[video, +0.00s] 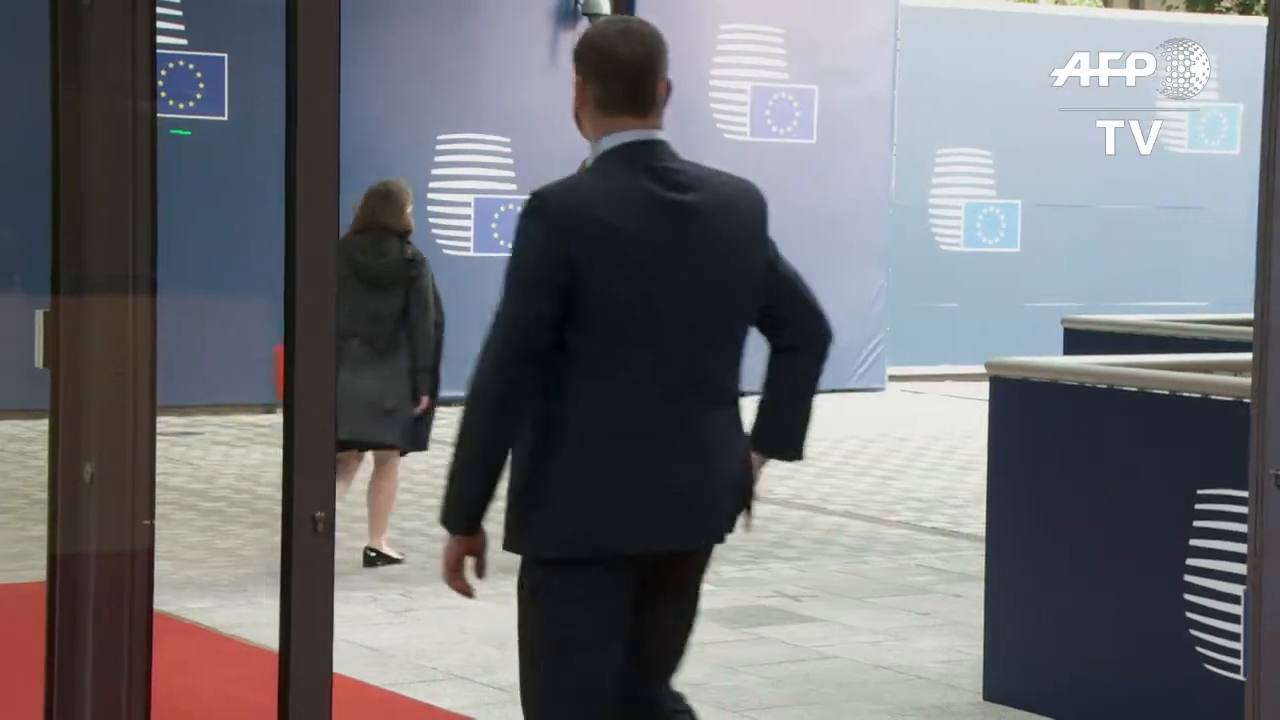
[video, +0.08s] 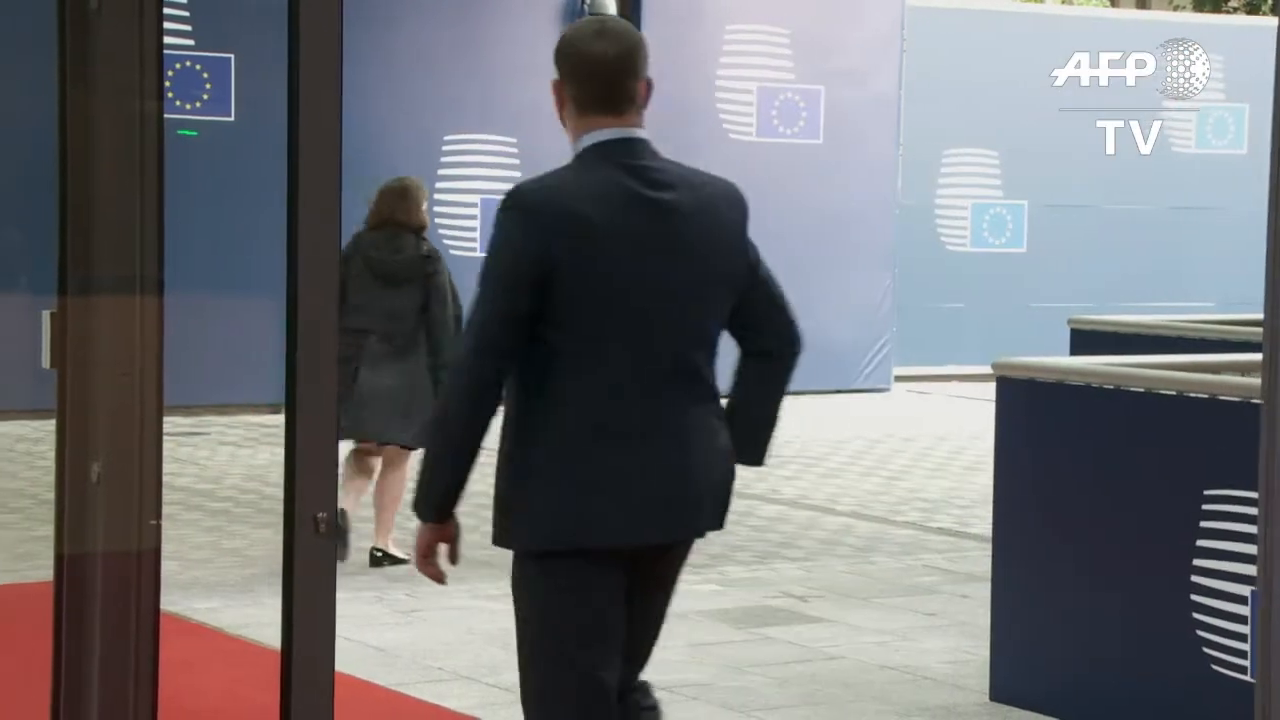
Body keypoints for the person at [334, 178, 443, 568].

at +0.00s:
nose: (412, 215)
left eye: (410, 208)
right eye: (409, 209)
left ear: (365, 210)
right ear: (403, 214)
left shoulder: (338, 255)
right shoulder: (411, 263)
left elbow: (322, 317)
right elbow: (423, 327)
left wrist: (322, 374)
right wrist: (425, 383)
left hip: (344, 373)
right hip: (392, 376)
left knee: (345, 459)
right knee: (387, 462)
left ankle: (312, 520)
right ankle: (376, 543)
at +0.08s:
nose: (428, 211)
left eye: (426, 204)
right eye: (425, 205)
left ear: (378, 208)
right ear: (418, 211)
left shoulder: (352, 256)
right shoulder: (427, 260)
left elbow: (335, 318)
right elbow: (444, 331)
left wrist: (333, 376)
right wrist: (448, 389)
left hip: (359, 368)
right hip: (409, 370)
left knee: (364, 452)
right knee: (395, 461)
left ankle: (342, 508)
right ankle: (382, 544)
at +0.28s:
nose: (457, 210)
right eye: (455, 204)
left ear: (414, 207)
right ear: (450, 209)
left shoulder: (396, 246)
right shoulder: (461, 249)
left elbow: (368, 297)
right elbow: (470, 307)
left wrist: (392, 317)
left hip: (399, 358)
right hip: (442, 357)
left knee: (416, 442)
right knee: (419, 443)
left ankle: (426, 526)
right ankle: (409, 531)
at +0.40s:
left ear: (431, 218)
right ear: (465, 224)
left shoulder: (417, 252)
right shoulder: (475, 258)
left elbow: (387, 304)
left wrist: (401, 325)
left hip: (423, 361)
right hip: (463, 364)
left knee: (426, 451)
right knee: (431, 451)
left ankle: (403, 531)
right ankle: (407, 534)